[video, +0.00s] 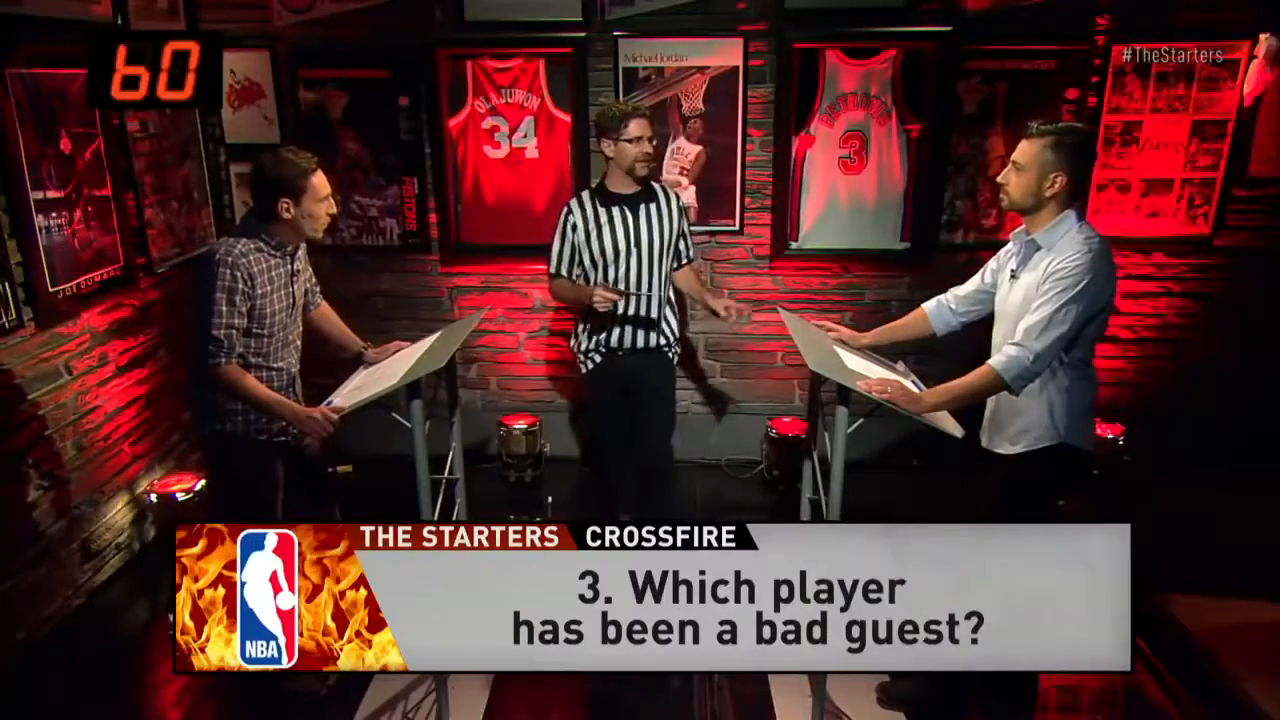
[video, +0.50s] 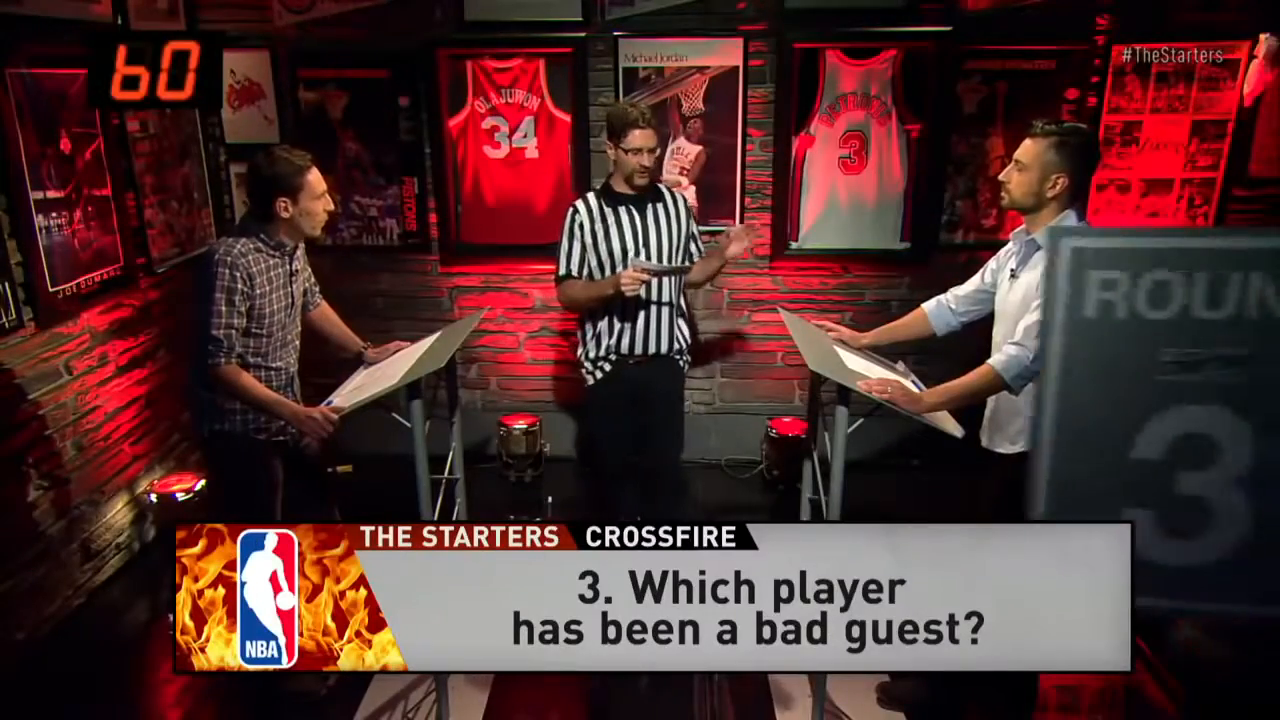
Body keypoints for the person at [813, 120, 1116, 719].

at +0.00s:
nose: (1002, 175)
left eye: (1016, 167)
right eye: (1007, 163)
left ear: (1054, 186)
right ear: (1046, 184)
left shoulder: (1083, 259)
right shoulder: (1026, 243)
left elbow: (1022, 358)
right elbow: (957, 305)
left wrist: (927, 399)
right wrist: (869, 338)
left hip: (1043, 446)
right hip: (1001, 433)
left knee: (1009, 580)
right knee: (974, 562)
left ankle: (998, 704)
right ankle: (941, 683)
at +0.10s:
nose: (1003, 174)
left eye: (1017, 167)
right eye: (1008, 163)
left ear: (1055, 186)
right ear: (1047, 184)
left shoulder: (1083, 259)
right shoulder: (1026, 243)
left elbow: (1022, 359)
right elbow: (957, 304)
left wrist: (927, 399)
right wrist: (869, 338)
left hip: (1043, 446)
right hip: (1001, 433)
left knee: (1009, 579)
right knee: (975, 562)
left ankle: (997, 704)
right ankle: (942, 682)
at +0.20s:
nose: (1003, 174)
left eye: (1018, 166)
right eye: (1009, 162)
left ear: (1055, 186)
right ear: (1048, 183)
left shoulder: (1083, 259)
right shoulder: (1026, 243)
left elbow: (1023, 359)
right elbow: (957, 305)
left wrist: (927, 398)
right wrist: (869, 339)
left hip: (1042, 446)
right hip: (1001, 434)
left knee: (1010, 580)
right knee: (976, 563)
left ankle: (998, 704)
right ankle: (943, 683)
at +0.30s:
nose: (1004, 174)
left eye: (1018, 166)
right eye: (1010, 162)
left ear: (1056, 186)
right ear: (1049, 184)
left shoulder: (1083, 259)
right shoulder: (1027, 242)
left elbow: (1022, 359)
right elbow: (957, 304)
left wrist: (927, 398)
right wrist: (869, 339)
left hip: (1042, 446)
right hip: (1001, 433)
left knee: (1010, 580)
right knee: (977, 562)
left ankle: (997, 705)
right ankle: (943, 683)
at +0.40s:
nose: (1005, 173)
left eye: (1019, 167)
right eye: (1010, 162)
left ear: (1056, 186)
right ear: (1048, 183)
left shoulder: (1078, 258)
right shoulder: (1026, 242)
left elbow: (1022, 359)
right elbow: (957, 304)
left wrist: (926, 398)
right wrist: (867, 339)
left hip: (1040, 446)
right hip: (1000, 433)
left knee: (1013, 578)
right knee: (980, 562)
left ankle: (998, 704)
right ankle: (945, 684)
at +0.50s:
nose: (1005, 173)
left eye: (1019, 167)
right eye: (1010, 162)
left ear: (1055, 186)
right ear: (1047, 183)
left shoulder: (1066, 259)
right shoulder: (1022, 246)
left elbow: (1021, 360)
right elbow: (955, 305)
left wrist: (926, 398)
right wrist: (867, 339)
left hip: (1032, 449)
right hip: (997, 437)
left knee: (1008, 576)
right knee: (977, 561)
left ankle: (992, 701)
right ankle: (941, 682)